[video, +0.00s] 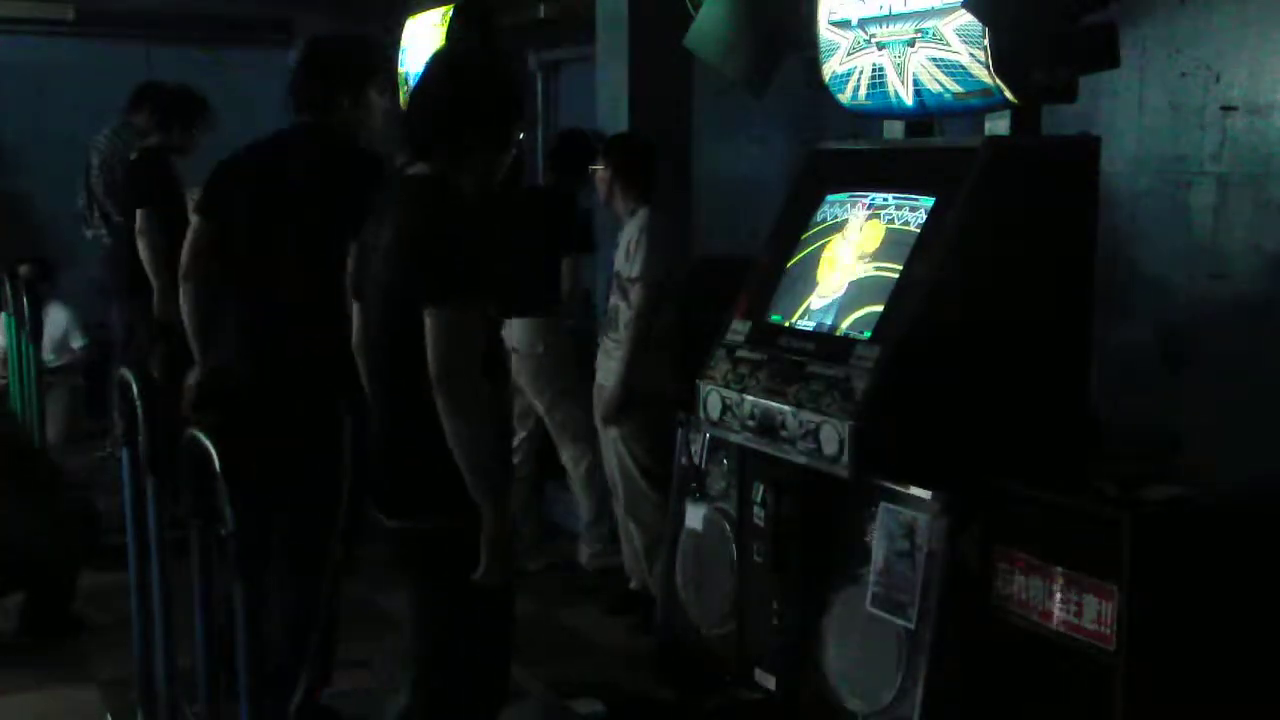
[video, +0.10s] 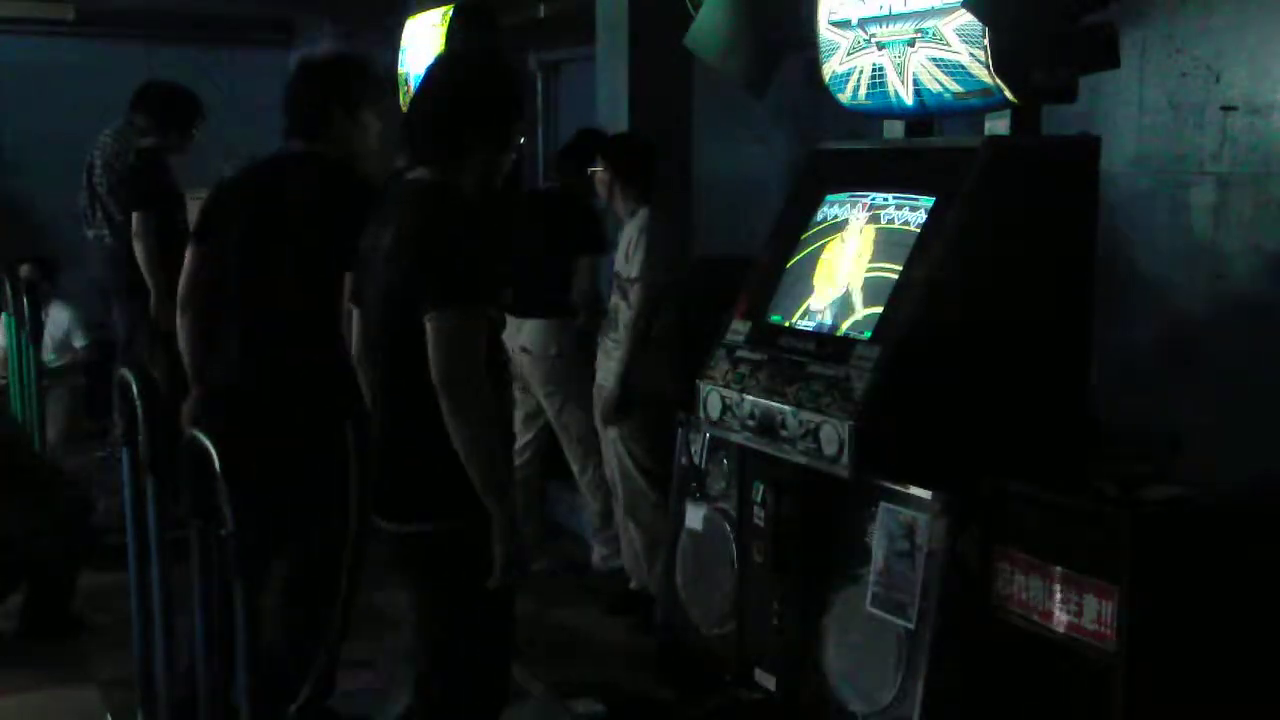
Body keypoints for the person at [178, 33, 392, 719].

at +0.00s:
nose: (390, 111)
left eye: (389, 96)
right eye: (384, 96)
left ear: (301, 92)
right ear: (362, 98)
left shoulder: (238, 167)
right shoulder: (371, 174)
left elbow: (191, 278)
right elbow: (369, 298)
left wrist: (205, 362)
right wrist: (376, 390)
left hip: (243, 387)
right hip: (327, 391)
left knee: (255, 542)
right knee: (322, 545)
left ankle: (257, 687)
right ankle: (305, 690)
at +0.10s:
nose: (385, 132)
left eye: (385, 117)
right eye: (378, 116)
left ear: (294, 114)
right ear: (350, 119)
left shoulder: (234, 190)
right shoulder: (362, 197)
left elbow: (191, 301)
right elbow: (357, 318)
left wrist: (199, 385)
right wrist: (375, 405)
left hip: (240, 401)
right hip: (325, 405)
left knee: (249, 552)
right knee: (326, 555)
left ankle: (250, 686)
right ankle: (306, 691)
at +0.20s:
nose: (385, 125)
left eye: (385, 109)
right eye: (377, 108)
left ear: (291, 107)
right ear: (348, 112)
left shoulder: (230, 182)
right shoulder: (363, 189)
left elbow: (190, 294)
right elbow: (355, 326)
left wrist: (204, 378)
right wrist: (373, 406)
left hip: (239, 399)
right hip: (320, 405)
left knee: (252, 554)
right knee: (320, 560)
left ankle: (252, 690)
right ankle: (300, 693)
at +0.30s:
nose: (374, 103)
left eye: (372, 89)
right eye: (369, 89)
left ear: (289, 86)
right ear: (348, 92)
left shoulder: (231, 154)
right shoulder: (357, 165)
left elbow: (183, 259)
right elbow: (353, 290)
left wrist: (208, 346)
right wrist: (357, 380)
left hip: (235, 372)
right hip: (310, 378)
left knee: (244, 537)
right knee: (309, 541)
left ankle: (239, 684)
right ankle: (296, 688)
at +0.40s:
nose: (368, 99)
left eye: (365, 85)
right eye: (362, 85)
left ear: (283, 85)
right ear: (341, 89)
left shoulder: (229, 152)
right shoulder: (340, 154)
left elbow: (182, 259)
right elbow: (327, 267)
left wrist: (211, 341)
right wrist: (334, 345)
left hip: (231, 365)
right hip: (301, 367)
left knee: (242, 531)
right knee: (304, 531)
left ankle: (239, 681)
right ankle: (294, 686)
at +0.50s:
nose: (355, 122)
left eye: (352, 107)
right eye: (347, 107)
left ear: (272, 110)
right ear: (322, 113)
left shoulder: (229, 183)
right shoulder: (316, 187)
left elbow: (188, 286)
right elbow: (300, 297)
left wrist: (220, 357)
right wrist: (324, 386)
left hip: (232, 388)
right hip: (292, 396)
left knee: (246, 544)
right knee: (300, 545)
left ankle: (247, 685)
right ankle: (293, 690)